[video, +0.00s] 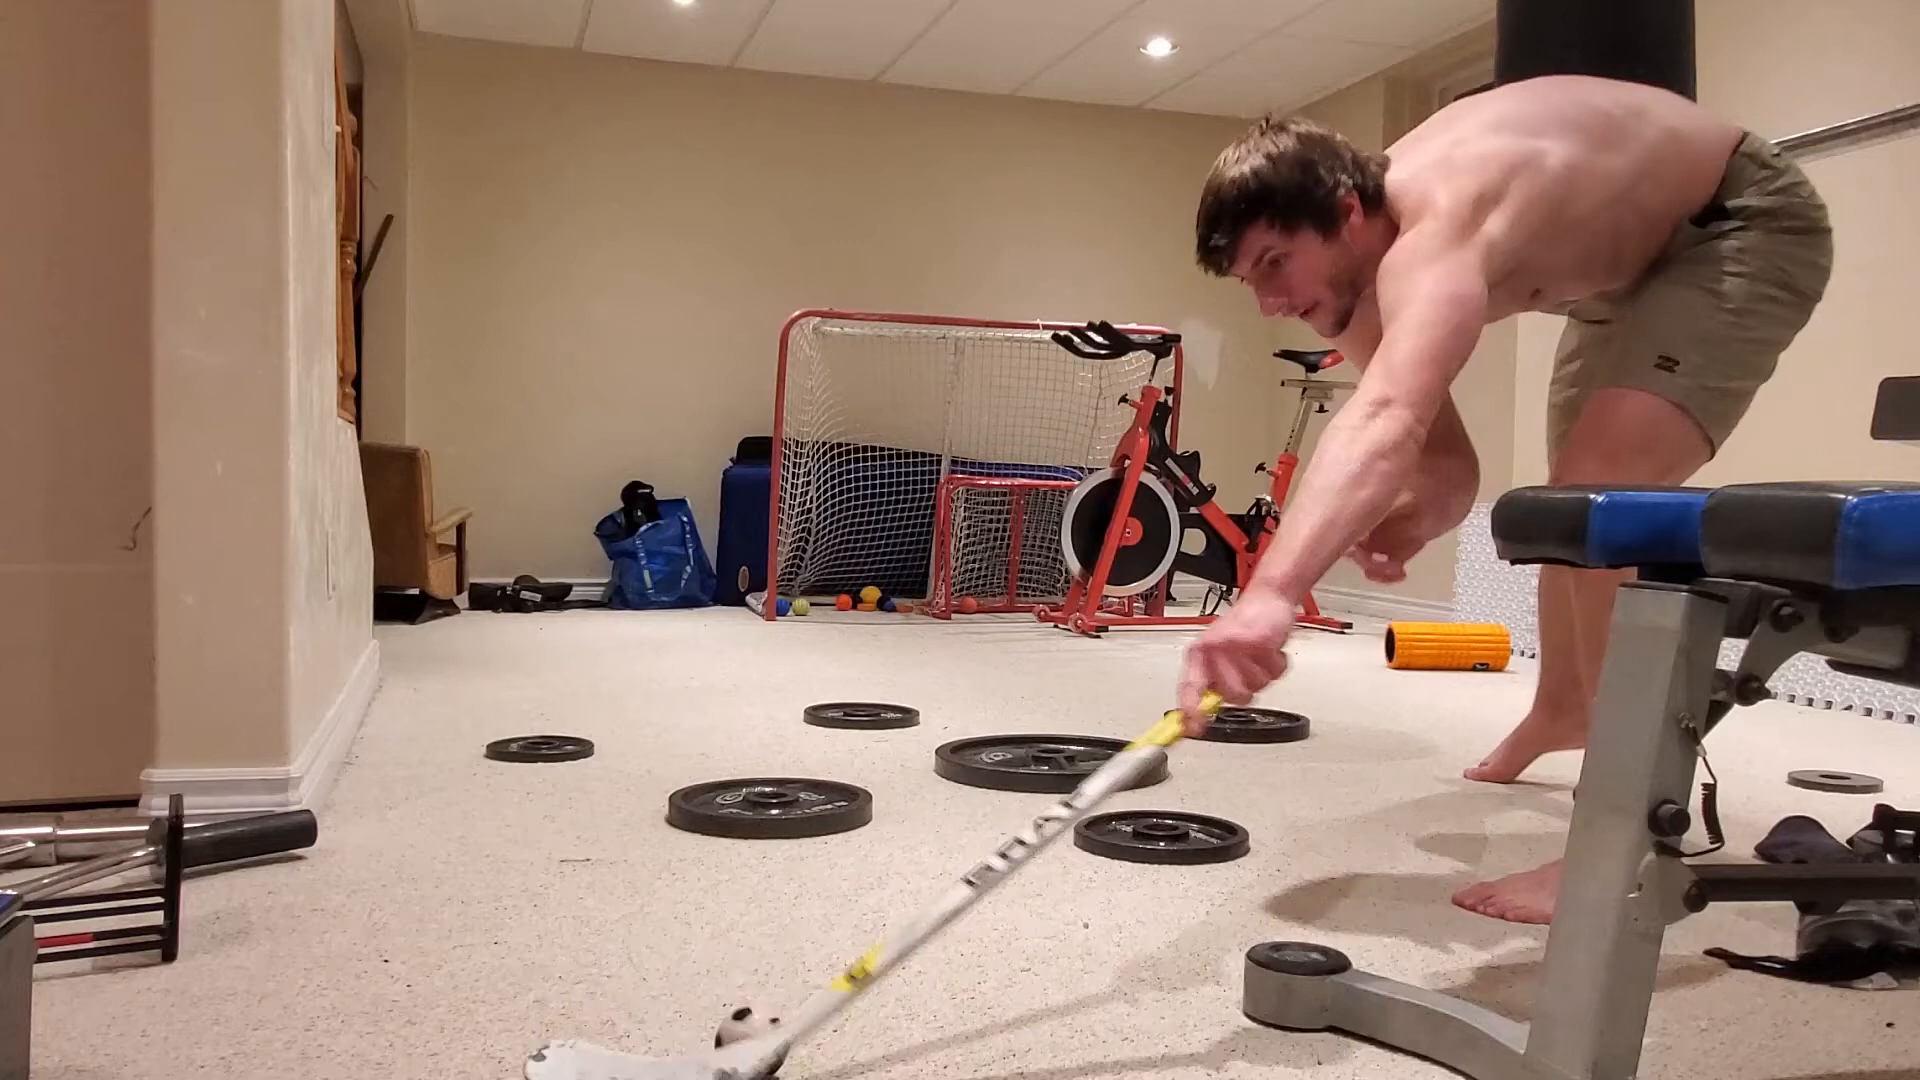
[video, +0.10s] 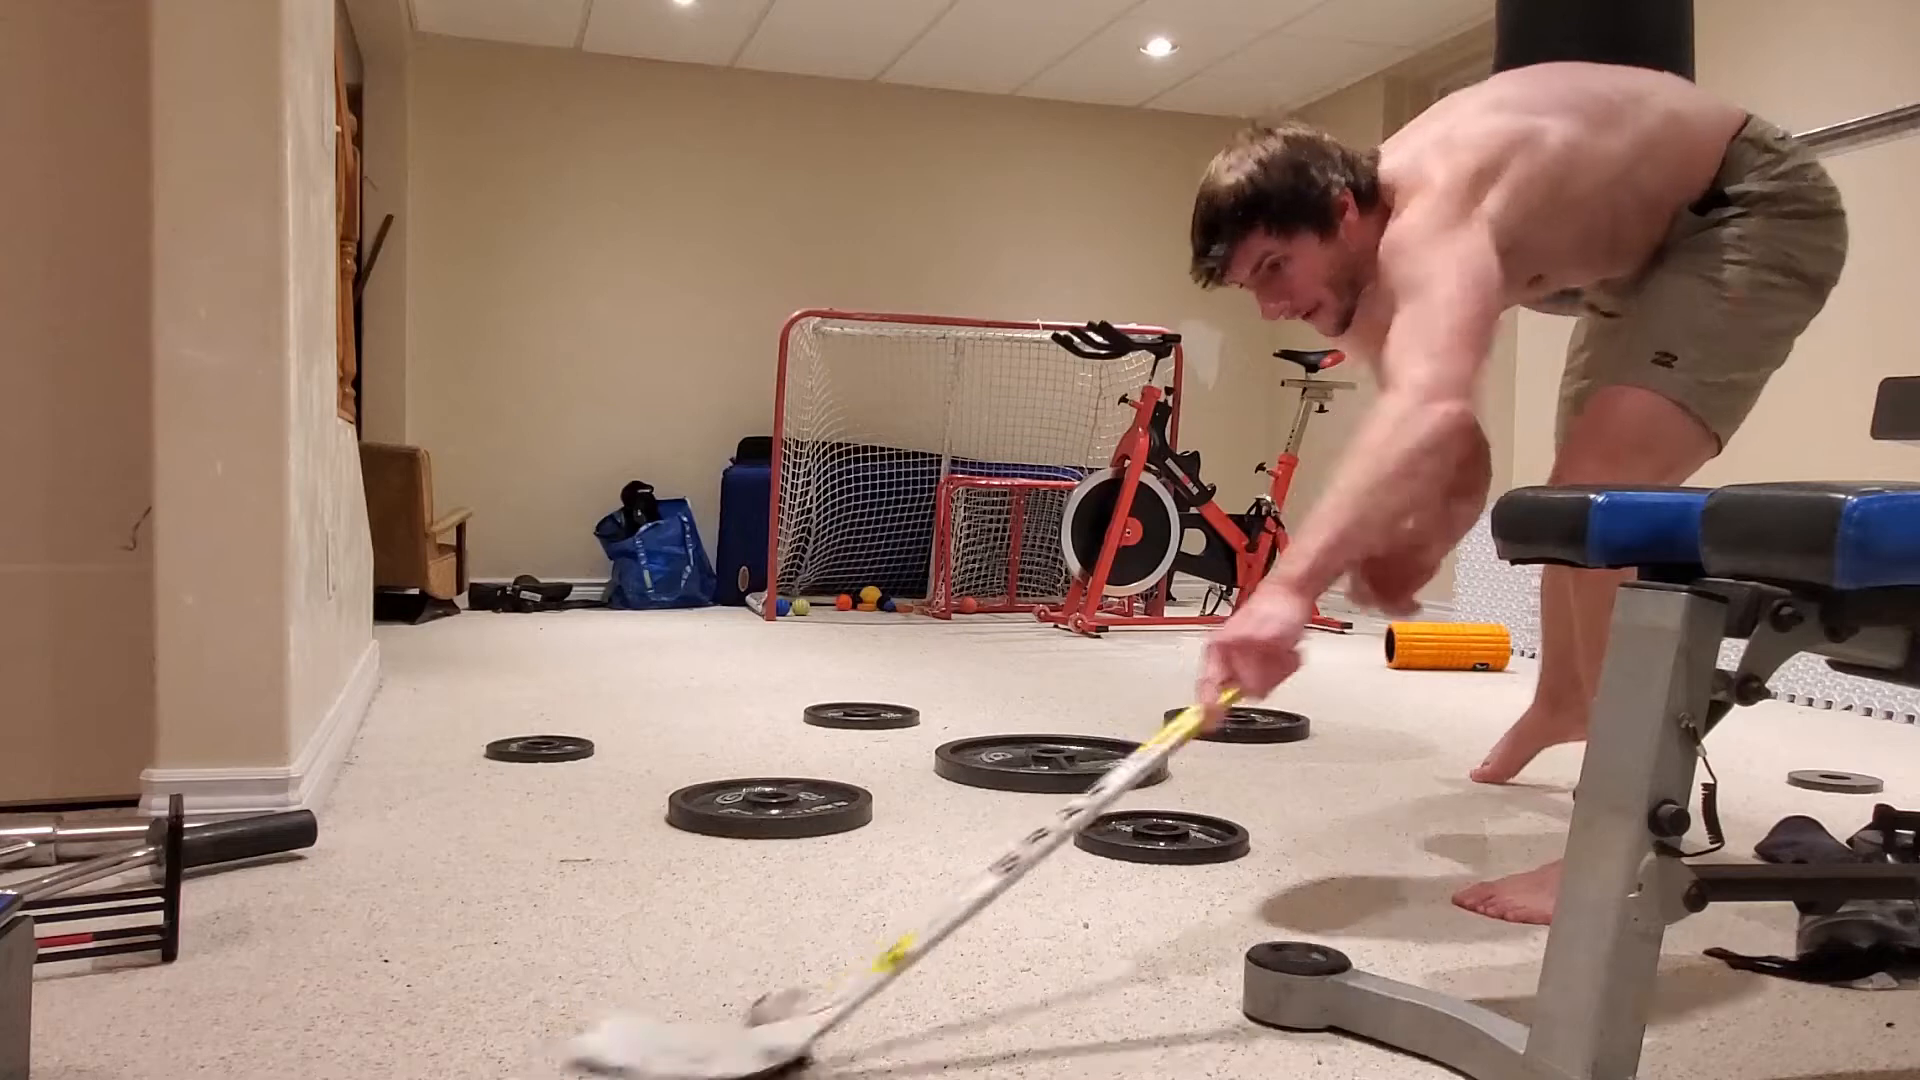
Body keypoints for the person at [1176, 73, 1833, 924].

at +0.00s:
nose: (1270, 303)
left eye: (1275, 264)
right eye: (1252, 284)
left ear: (1350, 214)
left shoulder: (1436, 246)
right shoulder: (1356, 289)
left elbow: (1388, 422)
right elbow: (1447, 460)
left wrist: (1270, 594)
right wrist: (1410, 522)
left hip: (1738, 217)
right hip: (1616, 270)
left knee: (1604, 486)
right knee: (1564, 494)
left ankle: (1620, 840)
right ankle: (1564, 710)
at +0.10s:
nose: (1272, 307)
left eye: (1276, 266)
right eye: (1252, 288)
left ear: (1345, 211)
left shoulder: (1433, 226)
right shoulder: (1360, 289)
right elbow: (1458, 453)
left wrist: (1289, 587)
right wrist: (1416, 542)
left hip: (1749, 203)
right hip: (1635, 256)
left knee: (1607, 492)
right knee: (1570, 490)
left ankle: (1623, 844)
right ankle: (1563, 704)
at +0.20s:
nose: (1255, 290)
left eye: (1256, 250)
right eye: (1235, 272)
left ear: (1319, 189)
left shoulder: (1431, 188)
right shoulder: (1365, 272)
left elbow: (1602, 340)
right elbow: (1474, 408)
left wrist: (1434, 507)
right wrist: (1436, 552)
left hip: (1761, 182)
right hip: (1659, 219)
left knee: (1615, 467)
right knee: (1587, 458)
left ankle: (1623, 846)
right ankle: (1610, 725)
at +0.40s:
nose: (1262, 263)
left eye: (1260, 225)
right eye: (1243, 245)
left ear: (1320, 160)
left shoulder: (1476, 141)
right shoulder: (1366, 247)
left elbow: (1700, 273)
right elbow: (1445, 410)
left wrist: (1521, 450)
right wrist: (1389, 557)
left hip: (1773, 164)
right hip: (1661, 208)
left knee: (1635, 501)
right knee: (1609, 491)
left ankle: (1624, 846)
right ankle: (1641, 752)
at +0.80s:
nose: (1276, 241)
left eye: (1274, 205)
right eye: (1258, 226)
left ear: (1330, 138)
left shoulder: (1493, 112)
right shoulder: (1390, 237)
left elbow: (1738, 180)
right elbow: (1490, 387)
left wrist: (1633, 392)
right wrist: (1500, 485)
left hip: (1789, 167)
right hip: (1663, 224)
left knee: (1662, 505)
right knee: (1602, 493)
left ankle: (1625, 847)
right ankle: (1662, 754)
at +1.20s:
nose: (1297, 303)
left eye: (1282, 278)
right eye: (1278, 292)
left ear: (1314, 222)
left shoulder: (1422, 178)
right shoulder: (1448, 286)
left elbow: (1623, 242)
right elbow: (1578, 407)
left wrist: (1594, 429)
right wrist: (1565, 571)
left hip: (1784, 187)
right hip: (1713, 234)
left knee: (1690, 500)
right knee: (1662, 495)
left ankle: (1639, 843)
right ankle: (1673, 786)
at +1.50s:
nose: (1345, 380)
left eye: (1326, 361)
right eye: (1326, 372)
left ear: (1345, 311)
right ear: (1353, 312)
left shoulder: (1419, 257)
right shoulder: (1482, 345)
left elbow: (1544, 359)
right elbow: (1528, 490)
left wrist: (1515, 534)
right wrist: (1441, 616)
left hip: (1777, 219)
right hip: (1749, 236)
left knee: (1635, 521)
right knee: (1642, 515)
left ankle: (1632, 841)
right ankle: (1677, 771)